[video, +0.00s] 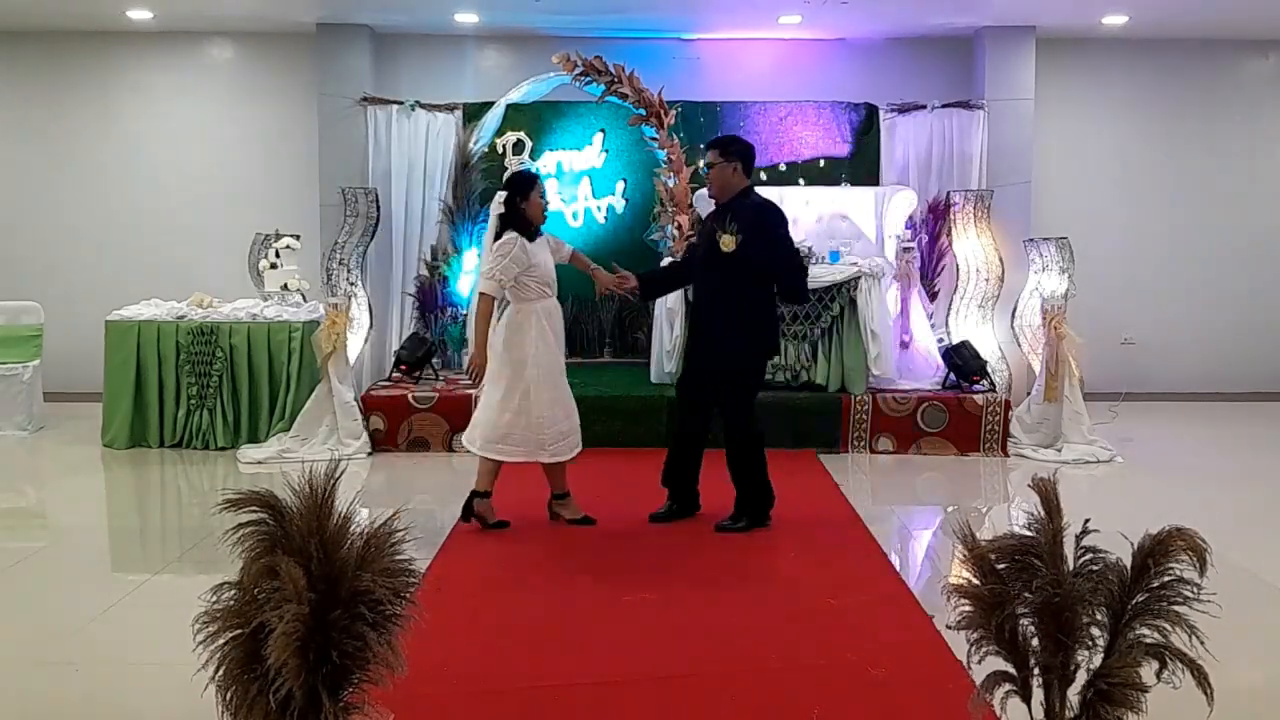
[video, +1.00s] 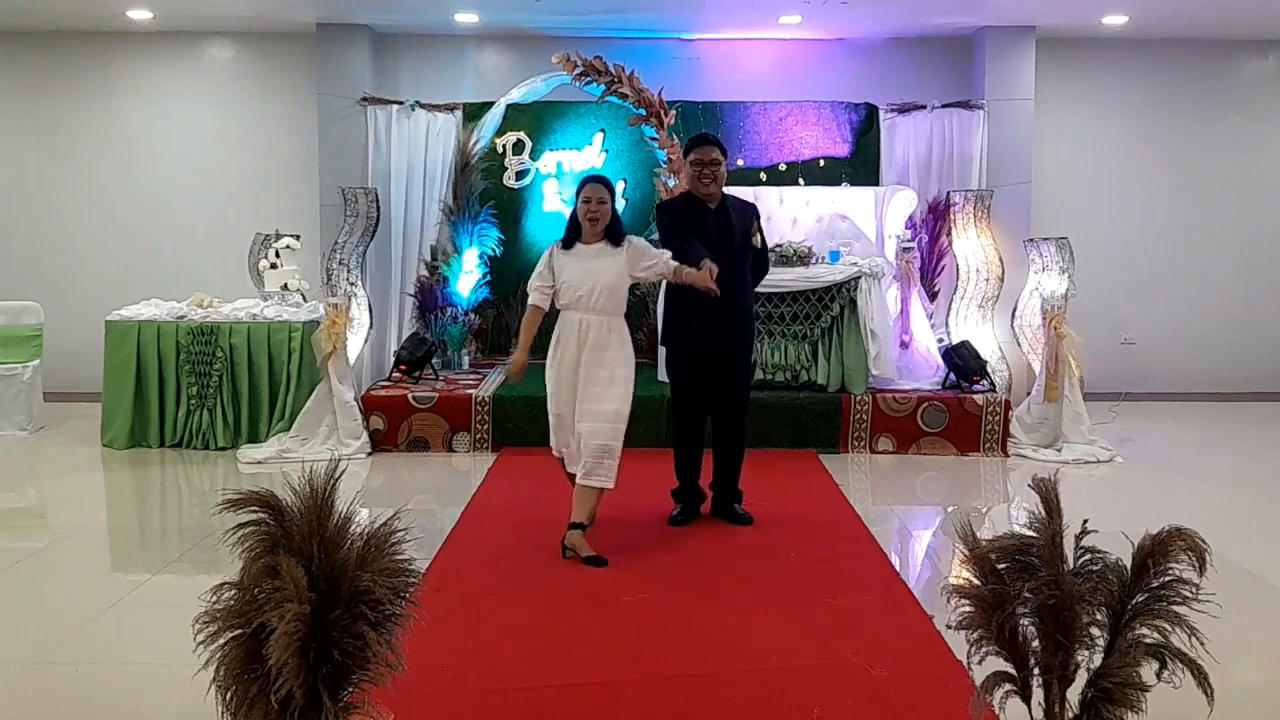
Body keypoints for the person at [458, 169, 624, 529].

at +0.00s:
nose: (546, 204)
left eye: (544, 197)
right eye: (540, 198)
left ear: (529, 203)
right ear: (521, 204)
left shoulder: (541, 241)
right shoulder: (510, 245)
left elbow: (571, 254)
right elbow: (485, 297)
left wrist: (597, 272)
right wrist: (479, 351)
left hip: (535, 344)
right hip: (525, 345)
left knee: (503, 419)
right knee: (553, 417)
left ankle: (480, 497)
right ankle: (561, 499)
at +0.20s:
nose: (550, 204)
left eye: (555, 197)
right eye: (542, 198)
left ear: (562, 201)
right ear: (529, 204)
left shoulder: (574, 244)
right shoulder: (520, 245)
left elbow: (601, 279)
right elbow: (494, 298)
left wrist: (621, 284)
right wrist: (485, 351)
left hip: (571, 329)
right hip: (541, 332)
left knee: (578, 406)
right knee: (557, 410)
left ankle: (546, 475)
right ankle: (562, 495)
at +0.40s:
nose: (561, 201)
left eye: (568, 195)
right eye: (554, 195)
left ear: (577, 199)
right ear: (543, 200)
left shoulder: (596, 239)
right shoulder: (527, 242)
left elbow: (616, 278)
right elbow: (508, 290)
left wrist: (623, 288)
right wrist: (510, 337)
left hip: (588, 329)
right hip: (546, 331)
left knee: (607, 405)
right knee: (558, 412)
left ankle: (608, 483)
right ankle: (571, 494)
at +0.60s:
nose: (569, 206)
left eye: (577, 200)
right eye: (563, 200)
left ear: (588, 205)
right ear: (554, 205)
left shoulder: (604, 245)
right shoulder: (538, 247)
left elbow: (634, 268)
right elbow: (533, 301)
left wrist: (652, 284)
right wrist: (528, 346)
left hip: (593, 340)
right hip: (553, 341)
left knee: (604, 413)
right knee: (566, 420)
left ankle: (614, 472)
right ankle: (592, 494)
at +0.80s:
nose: (578, 217)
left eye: (586, 211)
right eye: (572, 209)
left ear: (597, 217)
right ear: (563, 214)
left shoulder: (610, 254)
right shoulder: (547, 261)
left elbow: (643, 261)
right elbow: (530, 311)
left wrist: (679, 258)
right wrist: (508, 357)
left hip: (602, 352)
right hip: (558, 351)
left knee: (599, 427)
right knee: (563, 436)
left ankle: (578, 511)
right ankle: (590, 493)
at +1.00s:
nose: (593, 209)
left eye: (601, 202)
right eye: (586, 201)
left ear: (612, 208)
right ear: (576, 207)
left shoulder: (629, 249)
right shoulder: (557, 254)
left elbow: (669, 266)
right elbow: (537, 305)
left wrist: (695, 276)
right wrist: (521, 352)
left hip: (611, 350)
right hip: (569, 348)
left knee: (600, 437)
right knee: (566, 435)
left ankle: (576, 532)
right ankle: (585, 504)